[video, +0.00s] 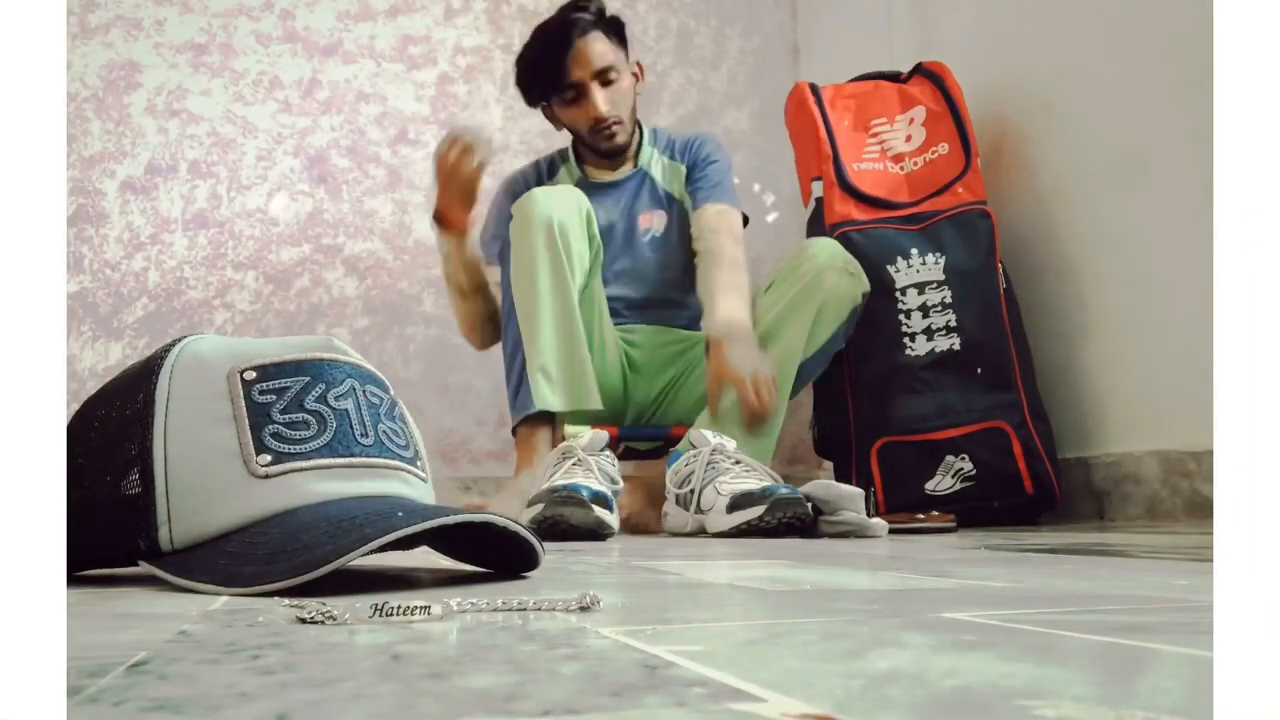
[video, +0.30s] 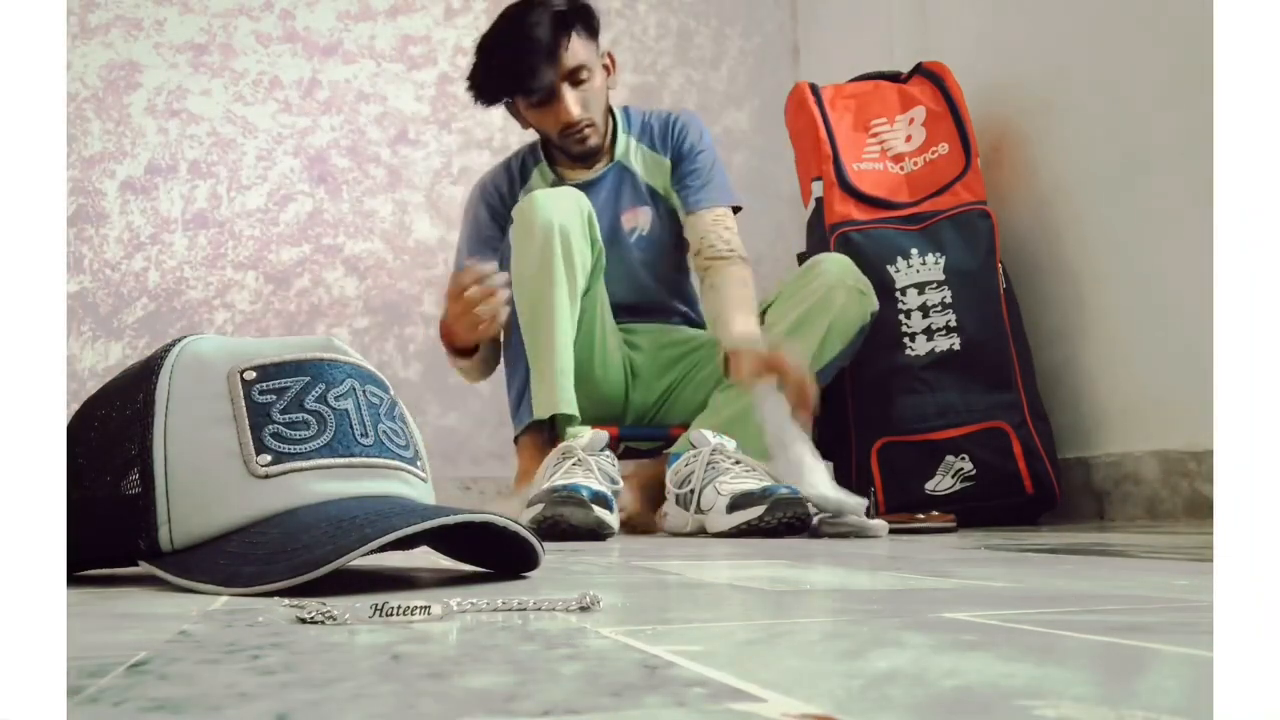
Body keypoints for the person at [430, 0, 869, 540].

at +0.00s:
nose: (600, 109)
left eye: (608, 81)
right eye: (573, 97)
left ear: (635, 76)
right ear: (551, 112)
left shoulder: (695, 155)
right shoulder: (529, 188)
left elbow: (719, 240)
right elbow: (482, 331)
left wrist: (730, 328)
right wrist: (452, 234)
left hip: (688, 372)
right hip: (586, 368)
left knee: (831, 263)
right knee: (548, 205)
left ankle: (716, 460)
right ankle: (576, 454)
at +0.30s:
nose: (570, 112)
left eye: (579, 80)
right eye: (541, 99)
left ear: (608, 67)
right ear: (517, 111)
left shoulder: (676, 137)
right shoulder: (497, 192)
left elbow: (719, 253)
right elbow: (479, 367)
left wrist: (740, 339)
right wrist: (458, 341)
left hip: (682, 366)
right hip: (579, 366)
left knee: (841, 280)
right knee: (549, 208)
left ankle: (704, 459)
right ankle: (572, 452)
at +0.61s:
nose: (632, 131)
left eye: (654, 115)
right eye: (618, 109)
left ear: (683, 108)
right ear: (596, 95)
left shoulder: (715, 168)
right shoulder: (546, 165)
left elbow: (725, 274)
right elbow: (444, 238)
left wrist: (664, 262)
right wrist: (503, 228)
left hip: (683, 370)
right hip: (583, 367)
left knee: (797, 261)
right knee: (555, 208)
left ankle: (657, 466)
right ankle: (567, 454)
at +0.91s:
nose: (657, 114)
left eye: (684, 99)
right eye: (647, 87)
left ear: (717, 102)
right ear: (625, 69)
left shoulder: (739, 170)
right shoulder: (563, 154)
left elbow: (712, 296)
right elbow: (495, 260)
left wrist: (615, 328)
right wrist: (481, 281)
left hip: (675, 381)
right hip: (583, 378)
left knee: (806, 271)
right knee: (567, 202)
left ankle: (654, 472)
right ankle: (543, 457)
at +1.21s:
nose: (609, 106)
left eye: (635, 88)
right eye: (595, 79)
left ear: (681, 91)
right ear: (578, 72)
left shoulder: (719, 164)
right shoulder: (537, 166)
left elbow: (682, 313)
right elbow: (490, 296)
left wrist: (574, 396)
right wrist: (486, 378)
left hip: (673, 376)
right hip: (573, 369)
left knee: (795, 264)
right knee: (541, 202)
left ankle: (662, 468)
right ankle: (561, 457)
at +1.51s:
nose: (619, 102)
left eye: (645, 86)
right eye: (607, 76)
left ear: (689, 92)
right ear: (589, 70)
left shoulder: (725, 173)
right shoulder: (541, 169)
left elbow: (676, 318)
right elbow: (493, 300)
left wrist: (571, 405)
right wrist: (486, 386)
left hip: (675, 378)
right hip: (577, 374)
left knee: (795, 264)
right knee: (542, 202)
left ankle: (649, 471)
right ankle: (565, 455)